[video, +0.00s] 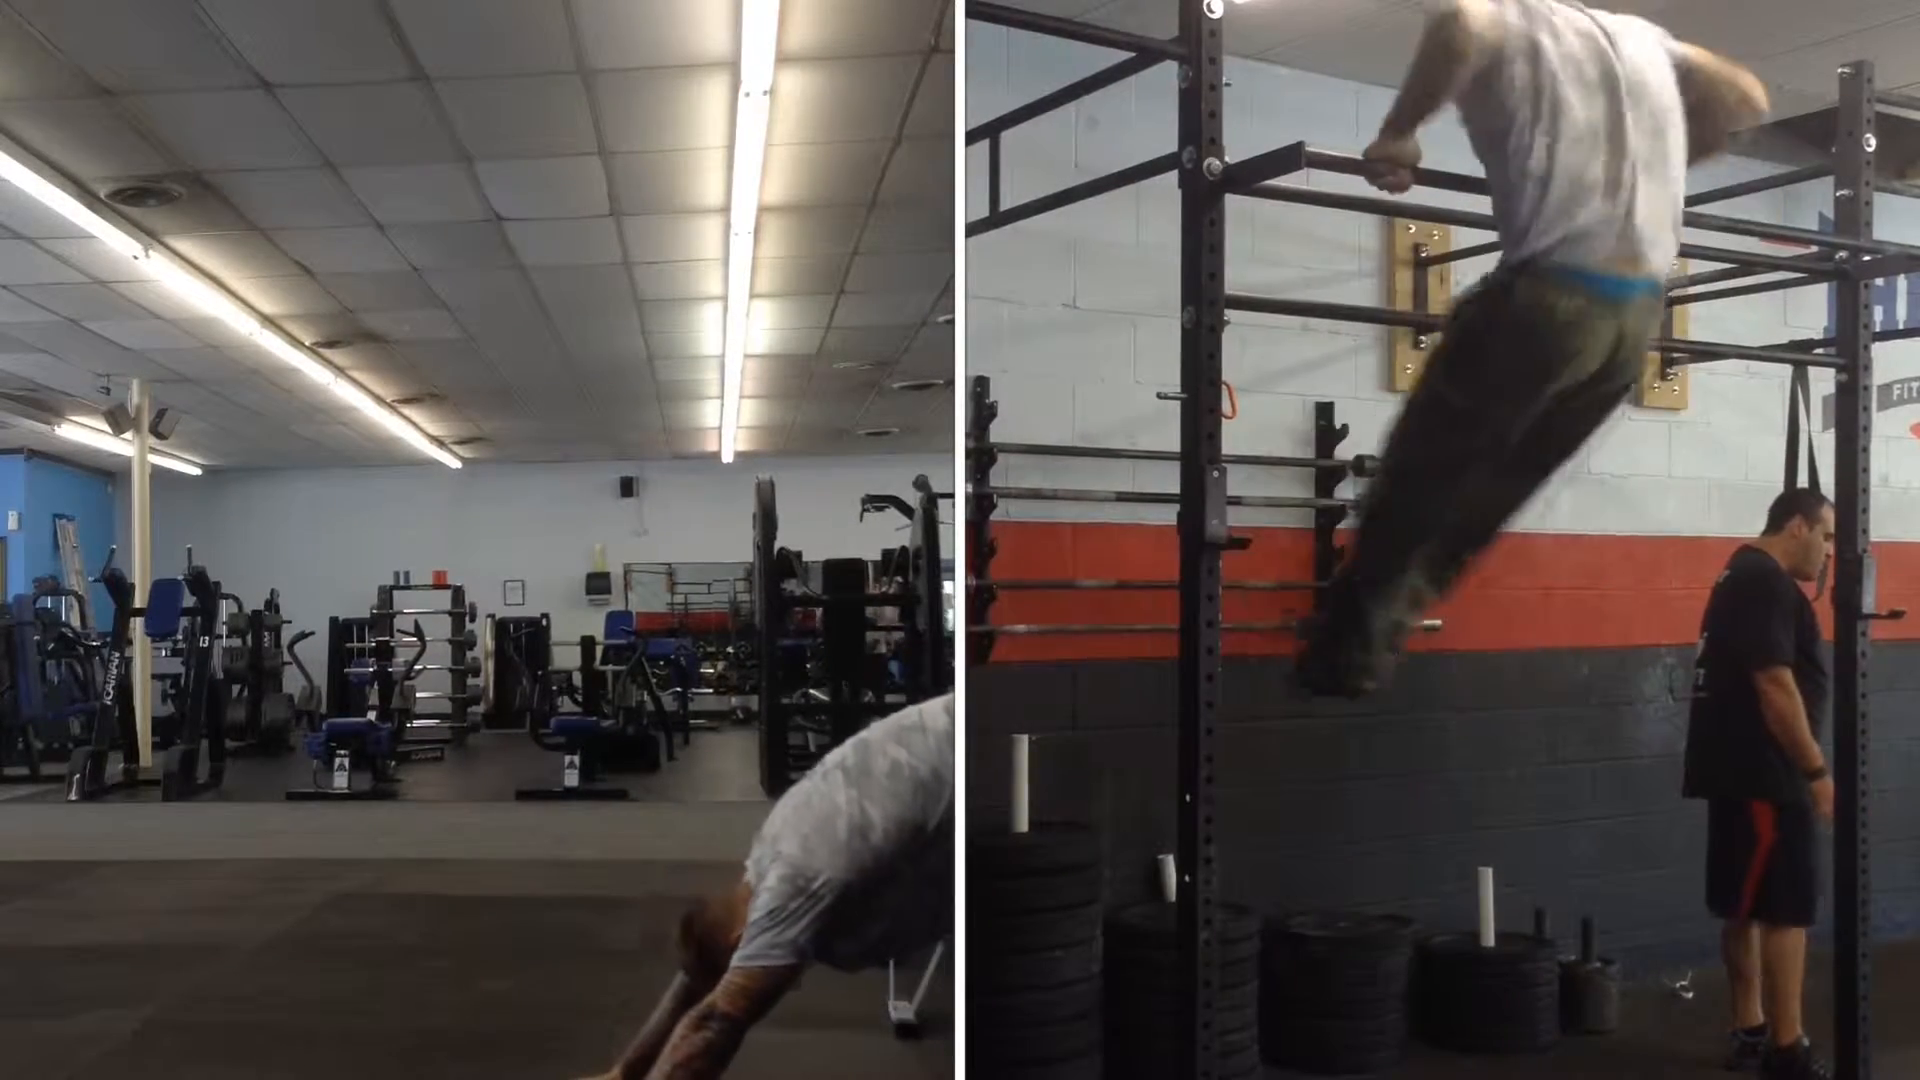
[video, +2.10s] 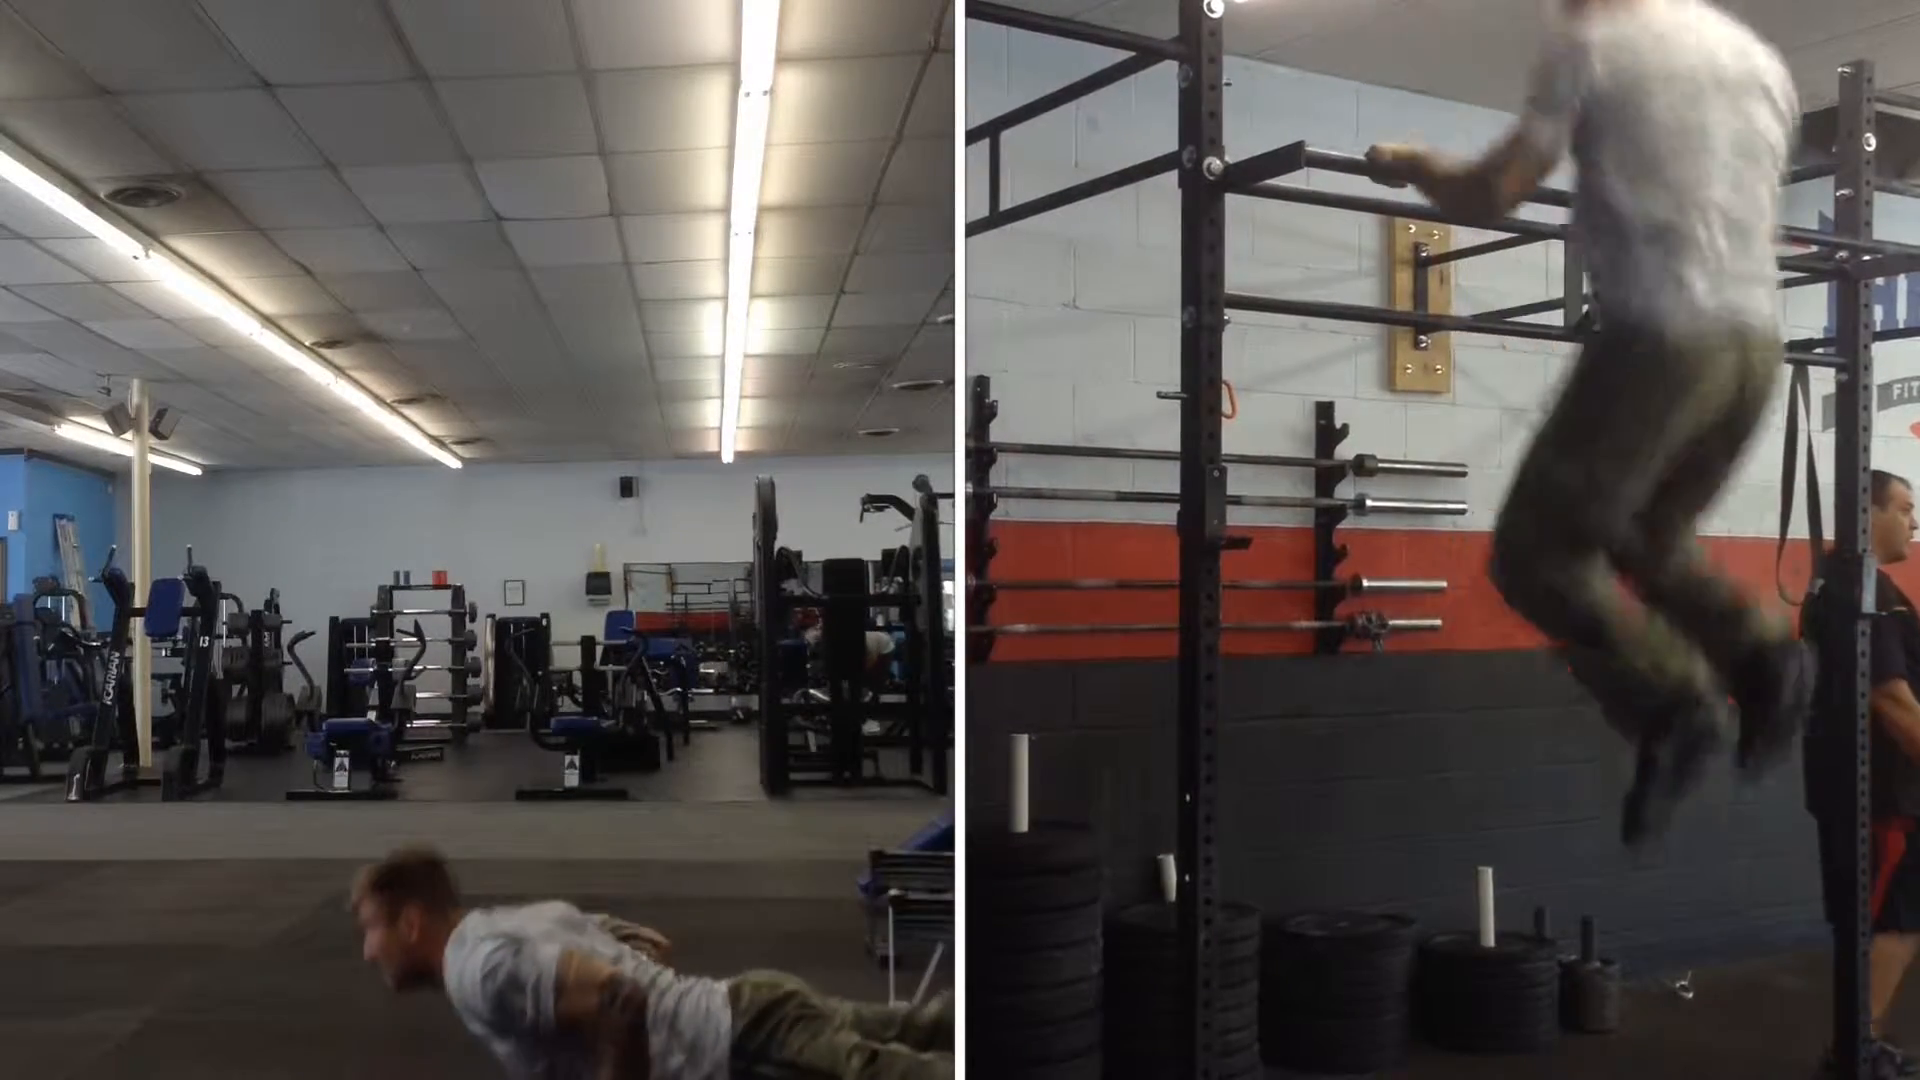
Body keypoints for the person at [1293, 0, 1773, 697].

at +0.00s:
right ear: (1576, 2)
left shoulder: (1497, 15)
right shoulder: (1644, 37)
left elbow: (1460, 25)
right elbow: (1745, 96)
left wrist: (1399, 129)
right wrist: (1660, 153)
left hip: (1545, 306)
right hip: (1634, 326)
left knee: (1423, 469)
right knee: (1495, 489)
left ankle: (1347, 653)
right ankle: (1382, 621)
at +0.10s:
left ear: (1461, 15)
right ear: (1531, 6)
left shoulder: (1459, 24)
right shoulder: (1601, 37)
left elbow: (1428, 2)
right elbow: (1711, 60)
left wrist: (1392, 124)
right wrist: (1650, 164)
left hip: (1568, 280)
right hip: (1661, 287)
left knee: (1473, 471)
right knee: (1560, 485)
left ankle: (1403, 681)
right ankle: (1467, 628)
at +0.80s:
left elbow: (1397, 8)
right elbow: (1648, 40)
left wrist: (1394, 124)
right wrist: (1642, 142)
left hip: (1530, 139)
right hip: (1624, 144)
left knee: (1482, 382)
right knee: (1569, 387)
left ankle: (1437, 619)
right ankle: (1489, 604)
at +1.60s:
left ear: (1414, 18)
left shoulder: (1418, 15)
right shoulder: (1550, 9)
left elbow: (1387, 3)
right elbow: (1648, 50)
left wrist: (1395, 126)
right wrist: (1629, 178)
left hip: (1533, 208)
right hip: (1621, 209)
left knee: (1511, 463)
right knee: (1596, 461)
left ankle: (1490, 701)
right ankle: (1555, 690)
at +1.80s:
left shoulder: (1462, 5)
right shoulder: (1599, 7)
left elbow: (1416, 12)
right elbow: (1688, 52)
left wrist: (1400, 132)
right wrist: (1627, 176)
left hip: (1536, 217)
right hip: (1630, 223)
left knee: (1503, 469)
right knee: (1603, 465)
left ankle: (1571, 696)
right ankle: (1692, 655)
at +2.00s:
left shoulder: (1547, 7)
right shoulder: (1707, 11)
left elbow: (1491, 112)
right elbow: (1757, 148)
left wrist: (1407, 151)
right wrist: (1666, 165)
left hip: (1619, 255)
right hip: (1715, 259)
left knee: (1526, 489)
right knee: (1635, 473)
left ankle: (1657, 640)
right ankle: (1760, 581)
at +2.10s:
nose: (1556, 16)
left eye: (1558, 10)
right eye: (1558, 12)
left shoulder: (1590, 33)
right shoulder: (1763, 62)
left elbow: (1495, 190)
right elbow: (1742, 197)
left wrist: (1416, 165)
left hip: (1658, 343)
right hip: (1757, 351)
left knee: (1536, 556)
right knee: (1649, 544)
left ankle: (1674, 713)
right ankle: (1766, 662)